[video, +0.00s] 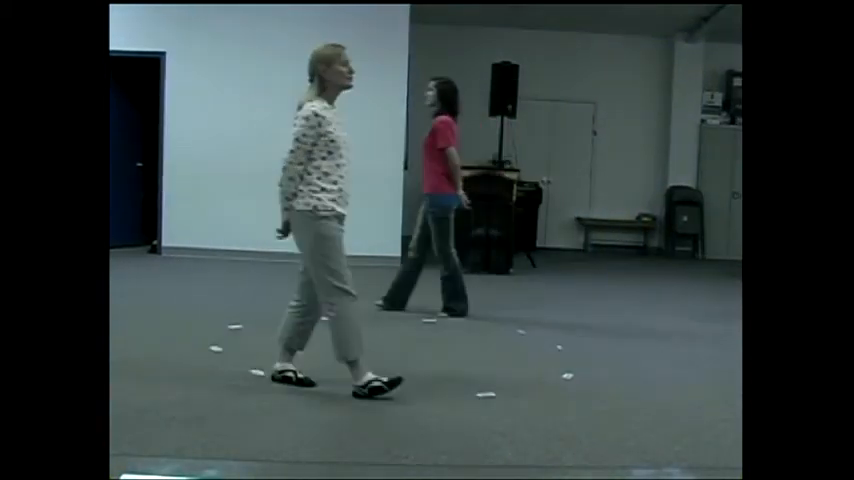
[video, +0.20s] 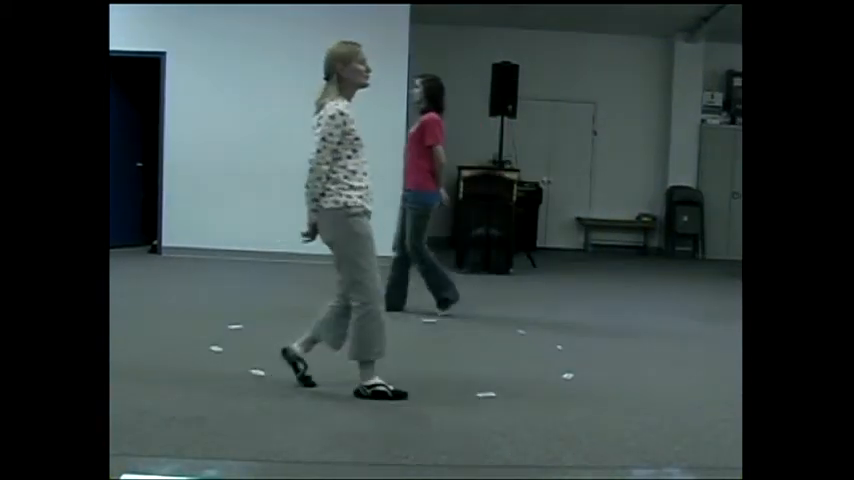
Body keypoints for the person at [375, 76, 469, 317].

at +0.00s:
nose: (426, 94)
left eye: (431, 90)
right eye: (428, 90)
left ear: (442, 96)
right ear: (443, 97)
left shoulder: (442, 123)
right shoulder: (442, 123)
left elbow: (452, 156)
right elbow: (449, 158)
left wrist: (458, 189)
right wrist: (456, 190)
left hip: (440, 194)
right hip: (434, 194)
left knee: (444, 252)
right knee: (416, 250)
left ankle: (456, 306)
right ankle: (395, 299)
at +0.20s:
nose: (412, 91)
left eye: (416, 87)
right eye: (413, 87)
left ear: (428, 92)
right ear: (428, 93)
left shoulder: (431, 121)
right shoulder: (422, 120)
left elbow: (439, 156)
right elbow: (430, 156)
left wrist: (439, 185)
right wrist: (437, 186)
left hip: (422, 191)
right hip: (411, 190)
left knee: (414, 246)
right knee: (401, 247)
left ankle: (446, 294)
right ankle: (394, 299)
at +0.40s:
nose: (403, 94)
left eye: (407, 90)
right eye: (403, 90)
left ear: (420, 95)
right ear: (410, 96)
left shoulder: (424, 124)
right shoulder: (411, 124)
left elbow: (432, 158)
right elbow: (413, 157)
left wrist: (431, 188)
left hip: (413, 191)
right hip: (402, 190)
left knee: (389, 240)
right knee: (390, 240)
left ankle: (411, 286)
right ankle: (408, 288)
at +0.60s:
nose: (401, 91)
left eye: (406, 86)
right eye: (401, 86)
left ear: (418, 92)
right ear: (409, 92)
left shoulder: (420, 119)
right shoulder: (411, 120)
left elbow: (430, 153)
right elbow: (421, 153)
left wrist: (432, 181)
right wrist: (429, 180)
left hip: (416, 189)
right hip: (404, 189)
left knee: (407, 243)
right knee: (393, 245)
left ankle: (438, 291)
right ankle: (395, 300)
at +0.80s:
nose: (400, 92)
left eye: (405, 88)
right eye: (401, 87)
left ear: (416, 93)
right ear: (414, 94)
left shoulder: (420, 122)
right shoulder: (414, 122)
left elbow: (436, 155)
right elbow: (426, 157)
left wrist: (443, 182)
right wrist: (443, 184)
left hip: (428, 194)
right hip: (416, 194)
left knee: (434, 247)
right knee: (404, 246)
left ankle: (458, 302)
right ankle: (397, 300)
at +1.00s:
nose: (399, 91)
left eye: (403, 87)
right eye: (399, 87)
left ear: (415, 92)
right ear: (413, 94)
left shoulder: (419, 119)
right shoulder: (414, 119)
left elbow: (432, 153)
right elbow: (426, 155)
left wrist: (439, 181)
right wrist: (437, 181)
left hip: (424, 192)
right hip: (415, 192)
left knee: (425, 245)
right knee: (413, 250)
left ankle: (454, 297)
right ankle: (426, 302)